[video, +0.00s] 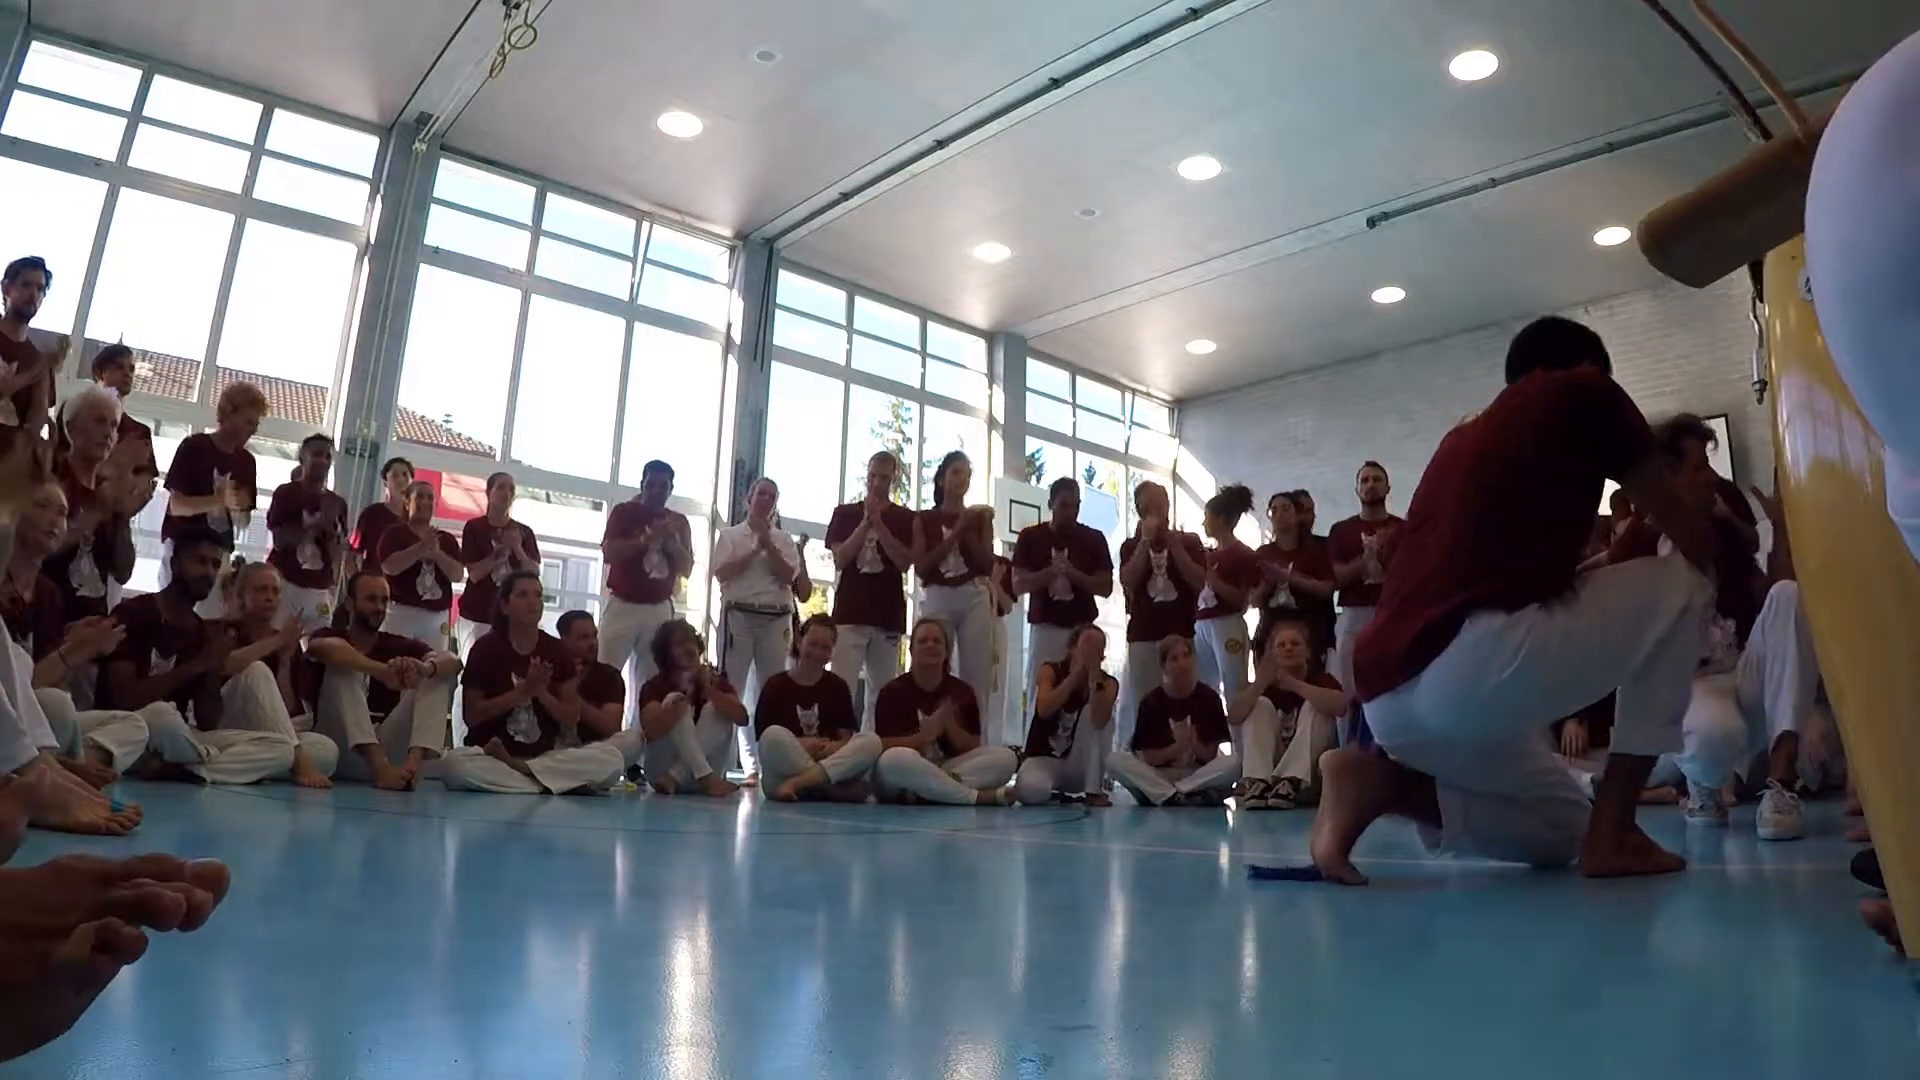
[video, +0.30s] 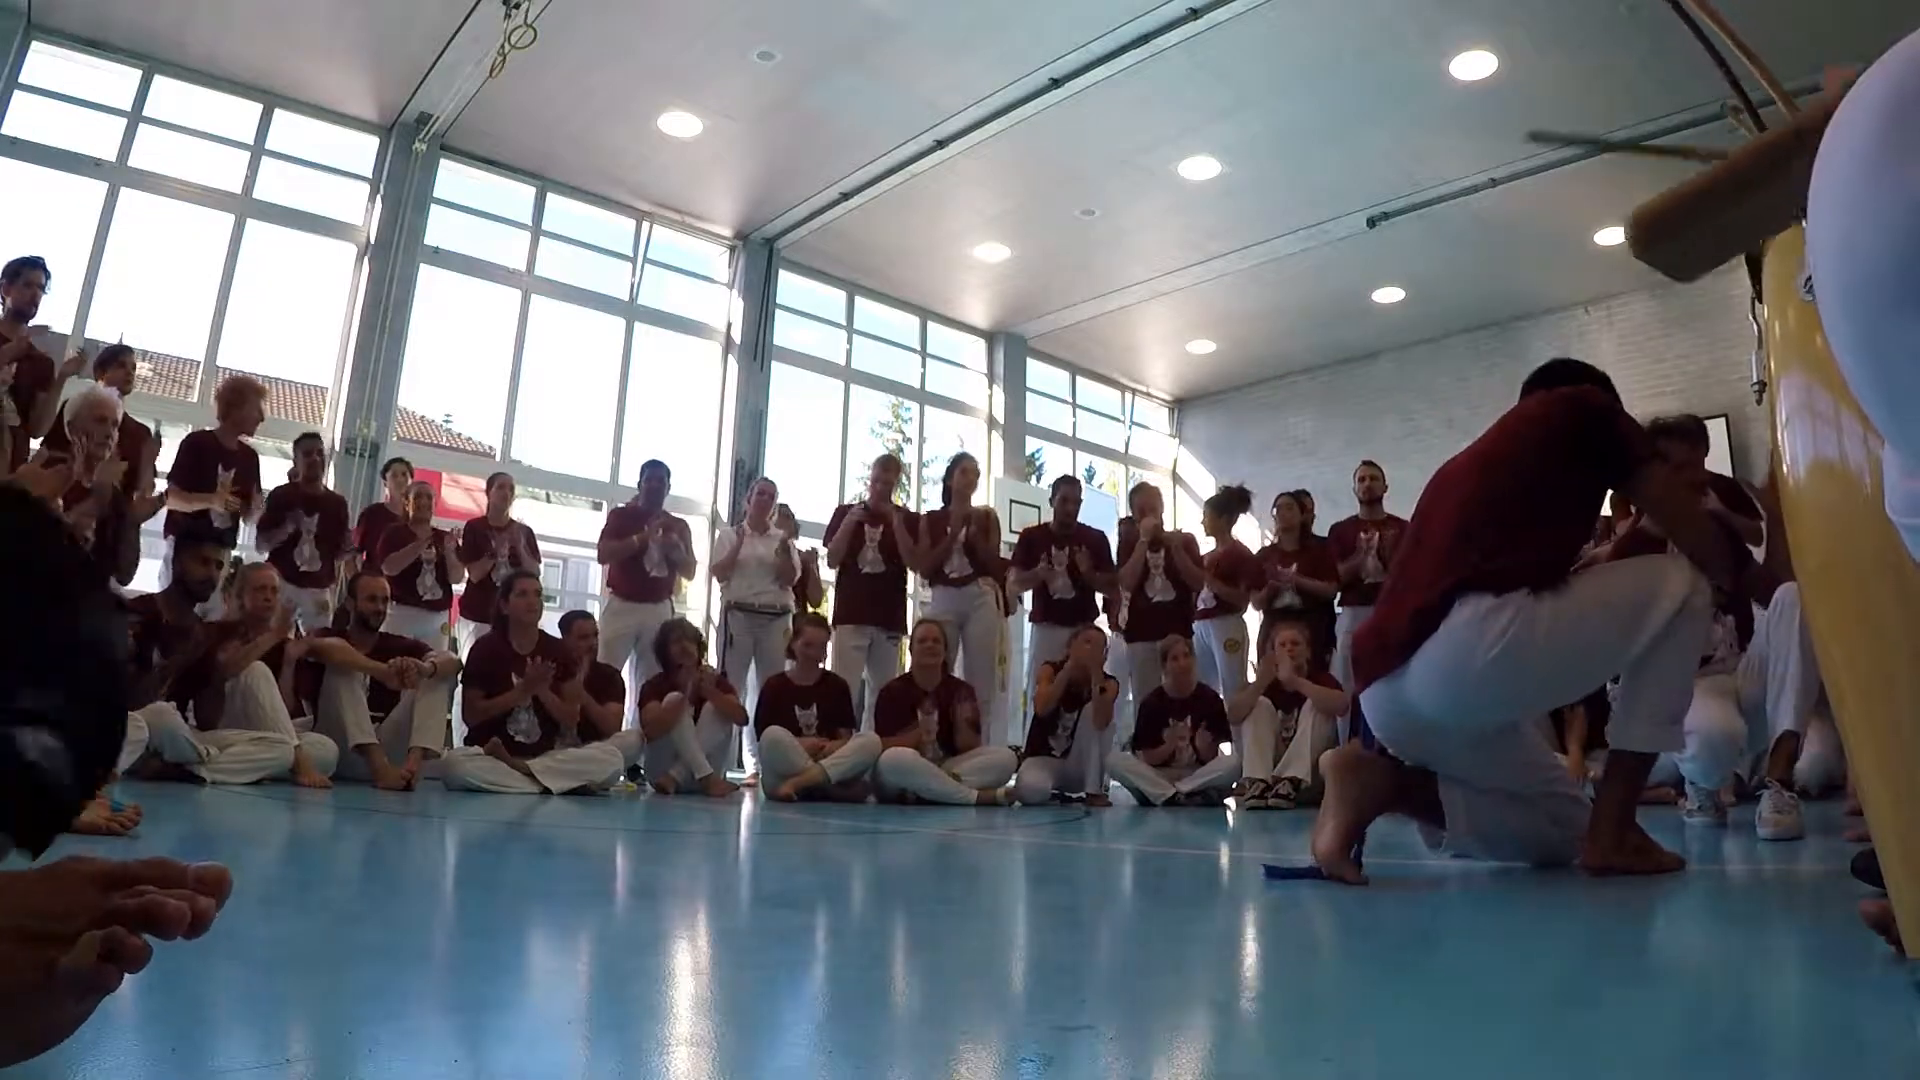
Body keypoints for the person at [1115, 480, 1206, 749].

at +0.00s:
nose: (1158, 514)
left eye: (1163, 507)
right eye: (1150, 509)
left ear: (1169, 506)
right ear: (1139, 511)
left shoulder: (1189, 542)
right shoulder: (1130, 546)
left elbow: (1199, 582)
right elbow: (1129, 582)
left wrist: (1176, 547)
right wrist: (1145, 542)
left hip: (1181, 632)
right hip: (1143, 634)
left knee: (1184, 700)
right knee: (1143, 702)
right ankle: (1139, 764)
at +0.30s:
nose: (1148, 515)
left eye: (1153, 509)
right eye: (1142, 511)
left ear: (1162, 508)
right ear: (1133, 513)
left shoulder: (1184, 541)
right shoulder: (1128, 545)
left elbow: (1197, 583)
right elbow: (1127, 583)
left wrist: (1175, 548)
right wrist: (1143, 541)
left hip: (1178, 630)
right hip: (1141, 633)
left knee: (1182, 696)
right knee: (1145, 701)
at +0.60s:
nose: (1147, 517)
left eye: (1151, 510)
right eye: (1140, 512)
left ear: (1159, 509)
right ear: (1130, 514)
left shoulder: (1181, 540)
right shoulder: (1125, 548)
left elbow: (1196, 583)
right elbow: (1124, 584)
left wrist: (1177, 552)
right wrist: (1142, 541)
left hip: (1178, 634)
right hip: (1140, 639)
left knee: (1185, 704)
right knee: (1144, 709)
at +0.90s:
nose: (1149, 515)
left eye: (1153, 509)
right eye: (1142, 510)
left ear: (1160, 508)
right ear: (1131, 513)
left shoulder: (1182, 541)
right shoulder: (1124, 547)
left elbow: (1197, 583)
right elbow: (1125, 583)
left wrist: (1178, 550)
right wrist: (1141, 540)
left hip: (1178, 632)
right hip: (1141, 634)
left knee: (1184, 696)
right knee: (1144, 701)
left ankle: (1188, 754)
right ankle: (1143, 759)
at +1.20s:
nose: (1154, 508)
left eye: (1158, 501)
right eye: (1147, 502)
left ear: (1164, 504)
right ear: (1135, 509)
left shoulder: (1184, 539)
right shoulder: (1128, 546)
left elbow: (1200, 581)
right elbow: (1128, 588)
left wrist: (1179, 551)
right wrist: (1151, 553)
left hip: (1181, 632)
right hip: (1144, 636)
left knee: (1188, 696)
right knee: (1148, 700)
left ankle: (1191, 753)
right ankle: (1148, 754)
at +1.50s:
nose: (1165, 501)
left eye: (1168, 496)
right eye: (1156, 497)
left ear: (1174, 501)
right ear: (1144, 507)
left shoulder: (1193, 538)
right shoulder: (1136, 543)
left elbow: (1206, 581)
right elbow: (1132, 588)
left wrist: (1181, 551)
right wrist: (1160, 566)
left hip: (1190, 632)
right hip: (1151, 635)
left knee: (1193, 703)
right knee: (1154, 706)